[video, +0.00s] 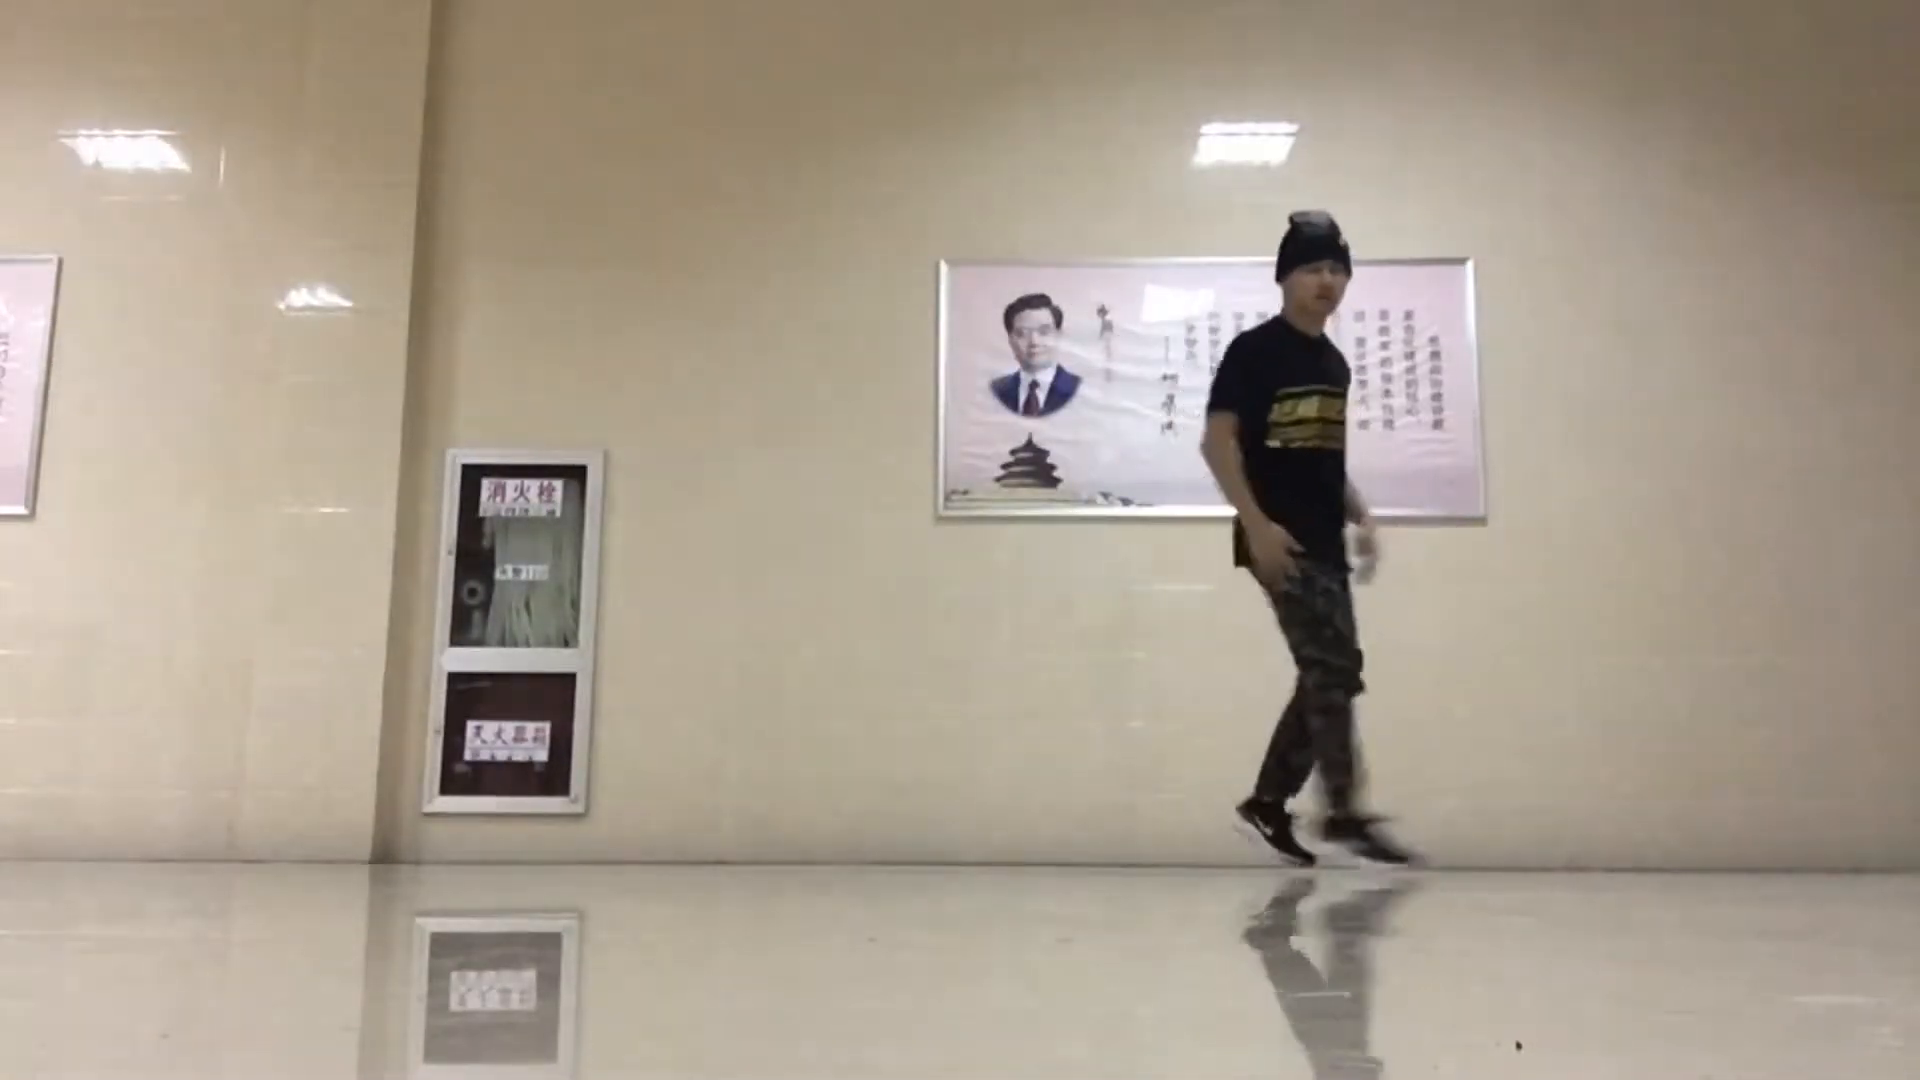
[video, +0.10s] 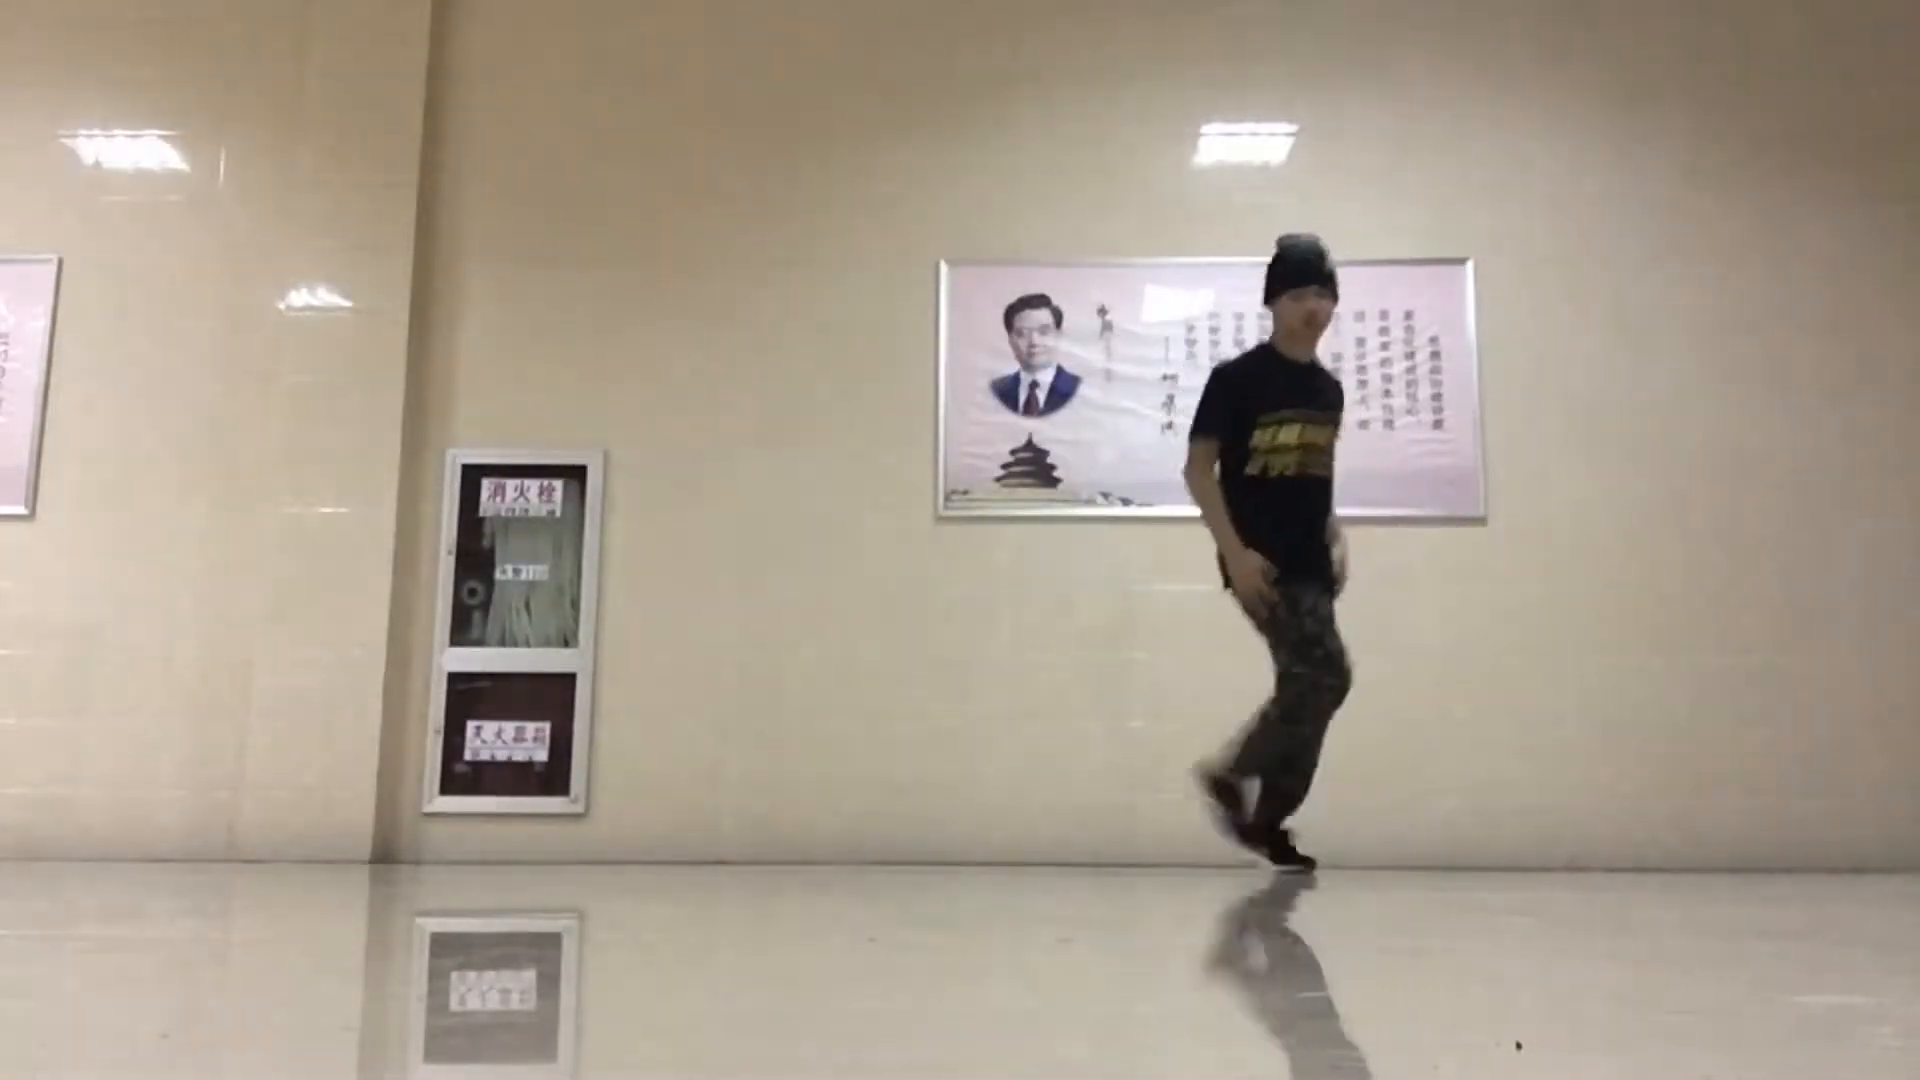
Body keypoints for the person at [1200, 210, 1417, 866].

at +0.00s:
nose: (1329, 284)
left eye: (1338, 273)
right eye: (1315, 270)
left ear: (1346, 283)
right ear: (1285, 275)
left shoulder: (1333, 361)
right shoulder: (1251, 350)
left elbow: (1326, 457)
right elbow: (1218, 443)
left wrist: (1358, 515)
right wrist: (1255, 524)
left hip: (1327, 536)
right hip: (1280, 535)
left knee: (1329, 671)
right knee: (1332, 666)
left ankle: (1267, 800)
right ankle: (1344, 812)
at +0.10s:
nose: (1318, 310)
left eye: (1326, 298)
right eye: (1304, 297)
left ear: (1335, 306)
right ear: (1273, 302)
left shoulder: (1327, 389)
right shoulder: (1235, 380)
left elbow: (1312, 475)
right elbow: (1197, 471)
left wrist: (1333, 532)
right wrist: (1234, 553)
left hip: (1311, 557)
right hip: (1258, 558)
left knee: (1312, 684)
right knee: (1323, 675)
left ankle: (1269, 819)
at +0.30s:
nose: (1257, 314)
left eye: (1266, 299)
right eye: (1243, 303)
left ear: (1283, 300)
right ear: (1223, 309)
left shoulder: (1308, 382)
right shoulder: (1196, 386)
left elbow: (1315, 472)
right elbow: (1182, 481)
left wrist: (1342, 545)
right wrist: (1244, 543)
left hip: (1284, 555)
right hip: (1218, 553)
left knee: (1291, 699)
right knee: (1221, 681)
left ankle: (1263, 830)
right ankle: (1137, 727)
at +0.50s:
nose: (1207, 302)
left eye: (1215, 287)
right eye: (1192, 292)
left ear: (1230, 282)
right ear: (1170, 293)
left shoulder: (1269, 349)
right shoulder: (1141, 359)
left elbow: (1332, 423)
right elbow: (1112, 454)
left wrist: (1400, 476)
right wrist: (1164, 484)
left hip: (1247, 545)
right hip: (1163, 546)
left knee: (1299, 666)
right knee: (1114, 662)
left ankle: (1322, 798)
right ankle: (1072, 785)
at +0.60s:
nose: (1186, 356)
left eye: (1196, 340)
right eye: (1172, 344)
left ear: (1212, 332)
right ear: (1151, 340)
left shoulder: (1252, 395)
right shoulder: (1119, 403)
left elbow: (1338, 448)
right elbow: (1082, 487)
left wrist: (1416, 491)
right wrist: (1088, 539)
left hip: (1221, 577)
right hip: (1137, 578)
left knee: (1300, 691)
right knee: (1084, 700)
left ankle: (1382, 810)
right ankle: (1041, 820)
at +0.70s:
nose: (1168, 418)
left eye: (1178, 402)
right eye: (1154, 407)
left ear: (1198, 389)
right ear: (1137, 400)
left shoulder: (1240, 439)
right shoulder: (1111, 452)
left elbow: (1324, 491)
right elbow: (1061, 543)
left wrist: (1393, 549)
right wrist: (1010, 614)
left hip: (1215, 613)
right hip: (1126, 615)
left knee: (1299, 713)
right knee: (1082, 713)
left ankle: (1396, 826)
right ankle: (1033, 828)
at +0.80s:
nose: (1129, 476)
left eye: (1133, 462)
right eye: (1120, 466)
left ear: (1160, 436)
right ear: (1114, 457)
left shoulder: (1232, 454)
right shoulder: (1113, 475)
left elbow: (1279, 546)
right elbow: (1077, 544)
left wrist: (1286, 629)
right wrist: (1026, 606)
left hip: (1248, 592)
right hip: (1165, 598)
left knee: (1328, 696)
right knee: (1101, 700)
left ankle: (1408, 828)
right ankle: (1035, 827)